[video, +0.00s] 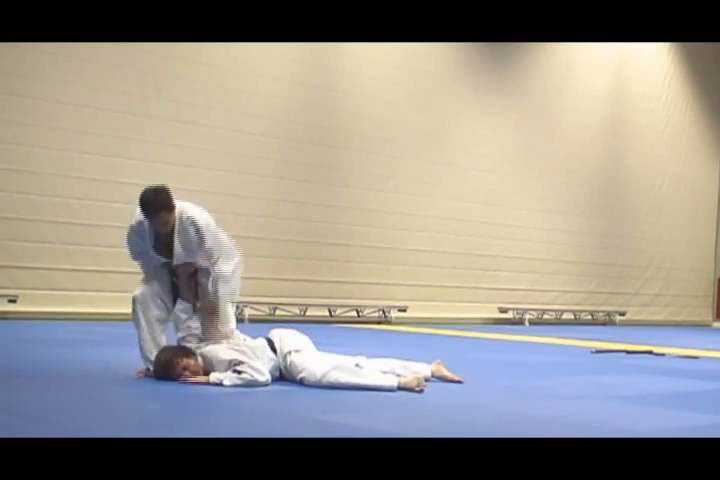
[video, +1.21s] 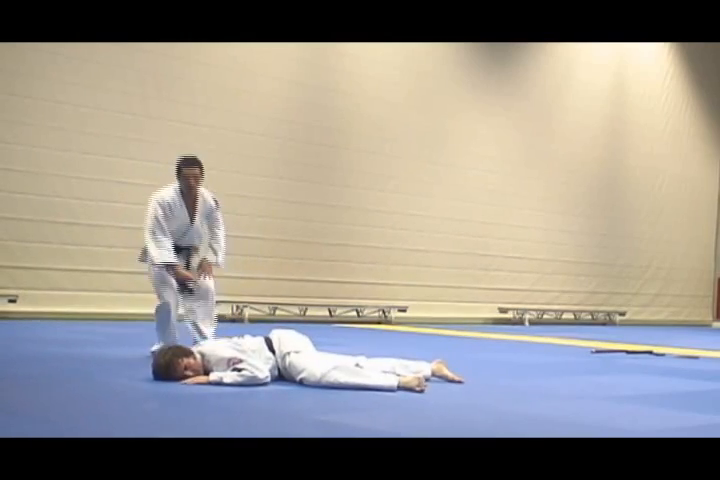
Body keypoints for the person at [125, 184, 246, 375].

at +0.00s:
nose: (162, 224)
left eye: (166, 219)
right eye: (156, 221)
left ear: (173, 210)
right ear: (148, 218)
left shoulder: (196, 222)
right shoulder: (138, 229)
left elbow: (218, 263)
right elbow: (147, 264)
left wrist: (215, 301)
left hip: (208, 270)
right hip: (170, 272)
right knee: (143, 299)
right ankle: (154, 365)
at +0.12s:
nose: (167, 215)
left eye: (171, 209)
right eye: (161, 210)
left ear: (179, 199)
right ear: (152, 205)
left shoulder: (201, 209)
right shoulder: (140, 215)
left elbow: (235, 234)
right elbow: (137, 250)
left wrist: (215, 266)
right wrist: (173, 267)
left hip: (202, 261)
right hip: (163, 265)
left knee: (218, 312)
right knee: (145, 297)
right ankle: (154, 364)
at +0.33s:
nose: (187, 196)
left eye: (192, 190)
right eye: (182, 192)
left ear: (200, 182)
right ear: (173, 186)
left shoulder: (218, 195)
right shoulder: (157, 201)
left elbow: (236, 226)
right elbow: (153, 243)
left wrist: (221, 249)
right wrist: (176, 266)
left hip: (209, 256)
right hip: (171, 257)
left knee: (224, 323)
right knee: (159, 299)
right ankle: (155, 361)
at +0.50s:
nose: (207, 204)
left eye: (212, 198)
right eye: (201, 199)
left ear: (219, 193)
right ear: (193, 195)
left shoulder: (232, 207)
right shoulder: (175, 207)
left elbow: (246, 245)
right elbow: (168, 248)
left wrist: (226, 266)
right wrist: (182, 287)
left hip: (216, 257)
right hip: (182, 256)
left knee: (217, 309)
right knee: (162, 292)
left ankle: (217, 358)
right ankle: (171, 351)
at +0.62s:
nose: (213, 224)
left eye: (218, 218)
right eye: (208, 218)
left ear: (227, 213)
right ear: (202, 213)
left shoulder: (239, 221)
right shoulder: (186, 224)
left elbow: (249, 255)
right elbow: (180, 266)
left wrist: (227, 273)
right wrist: (183, 312)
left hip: (218, 271)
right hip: (188, 268)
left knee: (222, 315)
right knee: (162, 308)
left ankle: (218, 361)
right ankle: (171, 350)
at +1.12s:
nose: (199, 197)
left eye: (202, 192)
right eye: (194, 192)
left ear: (208, 191)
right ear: (185, 191)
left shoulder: (215, 211)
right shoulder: (171, 211)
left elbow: (226, 244)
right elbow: (169, 251)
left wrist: (213, 268)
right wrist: (184, 283)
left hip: (201, 258)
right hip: (174, 256)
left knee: (209, 304)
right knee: (170, 306)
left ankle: (216, 351)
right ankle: (165, 350)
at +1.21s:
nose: (192, 183)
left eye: (196, 178)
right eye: (186, 178)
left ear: (202, 178)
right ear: (178, 178)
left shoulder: (208, 201)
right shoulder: (162, 200)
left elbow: (217, 232)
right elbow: (157, 238)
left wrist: (211, 260)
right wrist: (176, 269)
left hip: (193, 252)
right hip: (165, 251)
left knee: (207, 288)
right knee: (168, 295)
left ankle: (205, 342)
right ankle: (167, 347)